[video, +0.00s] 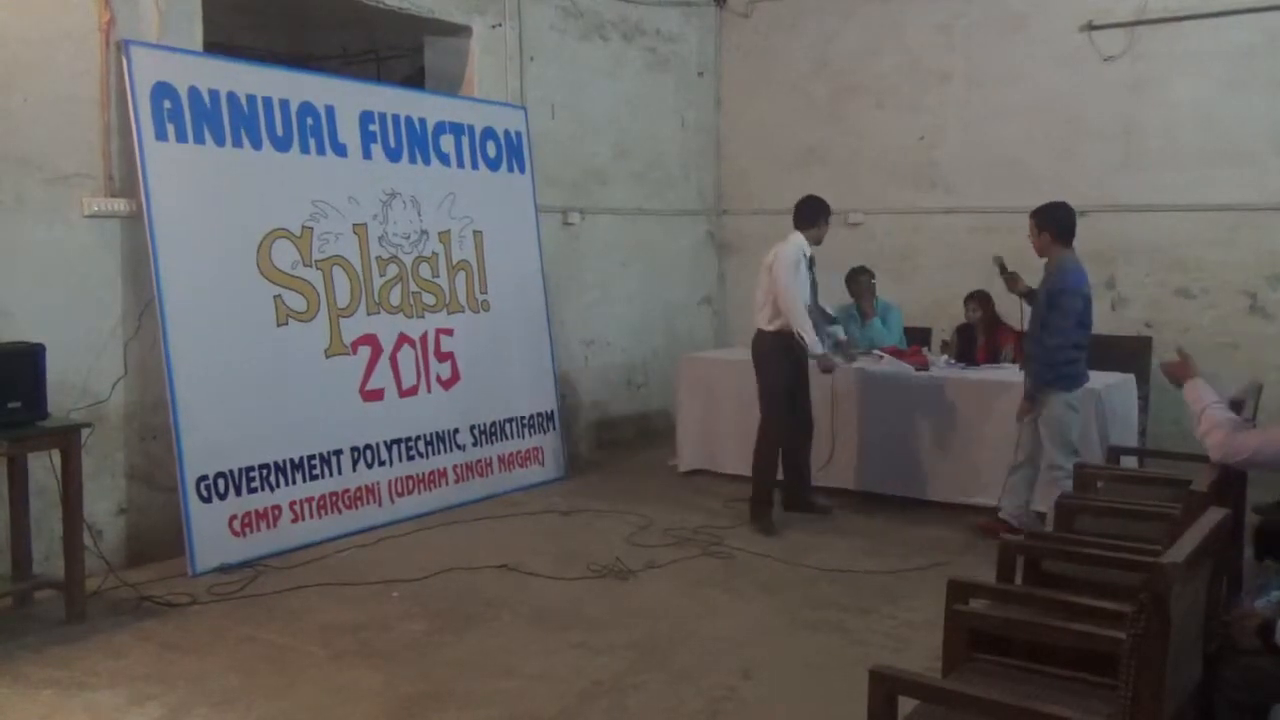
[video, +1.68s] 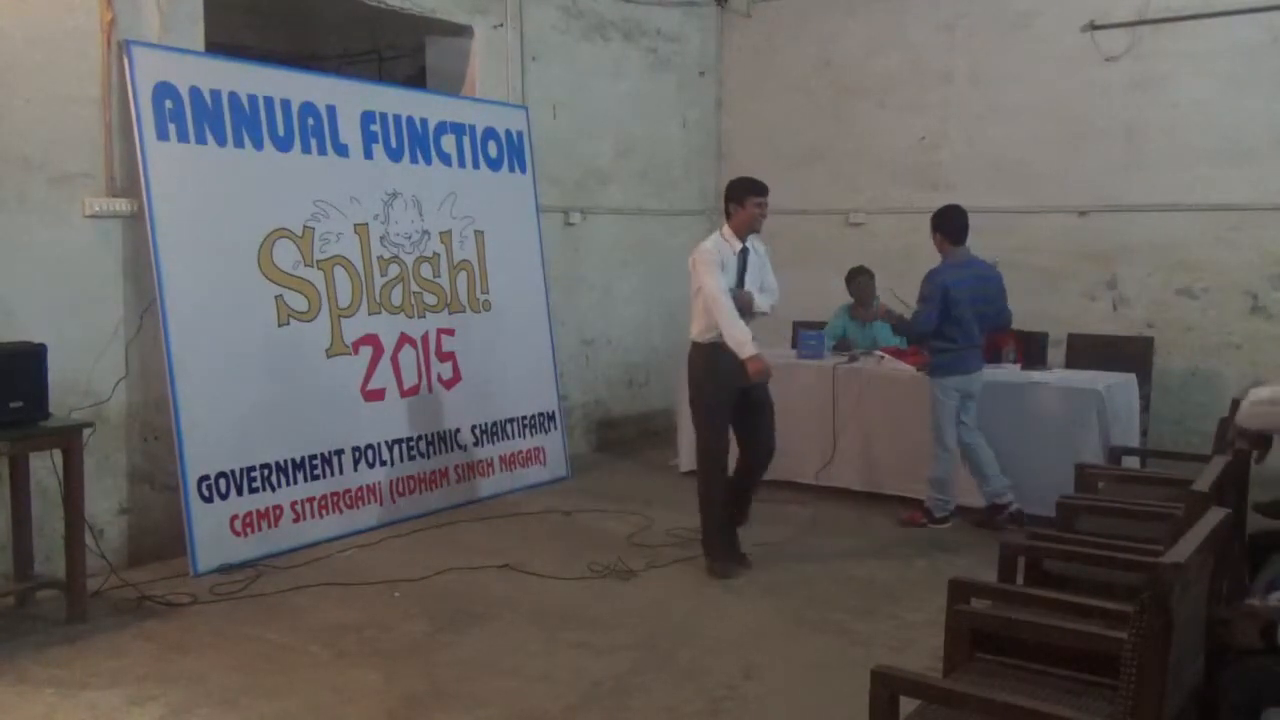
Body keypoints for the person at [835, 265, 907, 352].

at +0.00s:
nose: (864, 290)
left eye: (868, 285)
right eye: (859, 286)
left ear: (874, 287)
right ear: (851, 292)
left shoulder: (891, 311)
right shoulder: (844, 314)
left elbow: (890, 345)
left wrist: (870, 316)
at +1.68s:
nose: (866, 291)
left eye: (869, 285)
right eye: (859, 286)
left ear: (875, 288)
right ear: (850, 292)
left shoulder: (888, 314)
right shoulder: (843, 314)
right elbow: (826, 340)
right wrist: (836, 345)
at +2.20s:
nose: (865, 294)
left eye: (868, 289)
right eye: (859, 290)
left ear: (875, 288)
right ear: (850, 292)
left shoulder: (891, 309)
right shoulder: (843, 314)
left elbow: (899, 338)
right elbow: (828, 339)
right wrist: (838, 345)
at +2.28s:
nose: (865, 293)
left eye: (869, 288)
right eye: (860, 290)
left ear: (875, 288)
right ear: (851, 291)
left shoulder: (889, 309)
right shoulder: (843, 314)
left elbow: (896, 337)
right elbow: (827, 338)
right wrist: (837, 345)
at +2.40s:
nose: (864, 292)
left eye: (868, 287)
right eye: (859, 288)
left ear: (875, 287)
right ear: (850, 290)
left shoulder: (889, 309)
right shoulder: (843, 314)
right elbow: (827, 339)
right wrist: (836, 345)